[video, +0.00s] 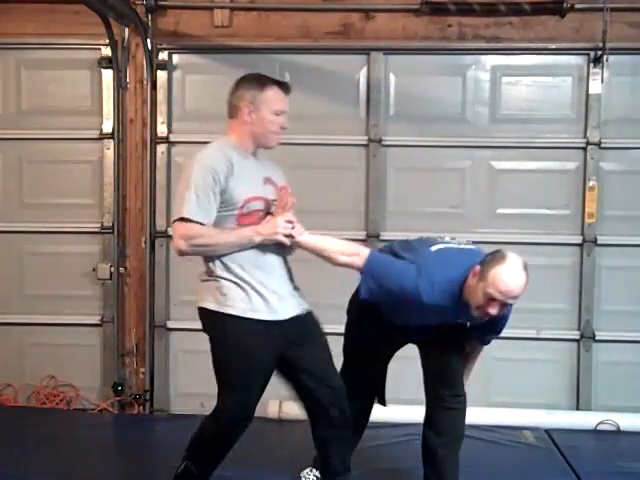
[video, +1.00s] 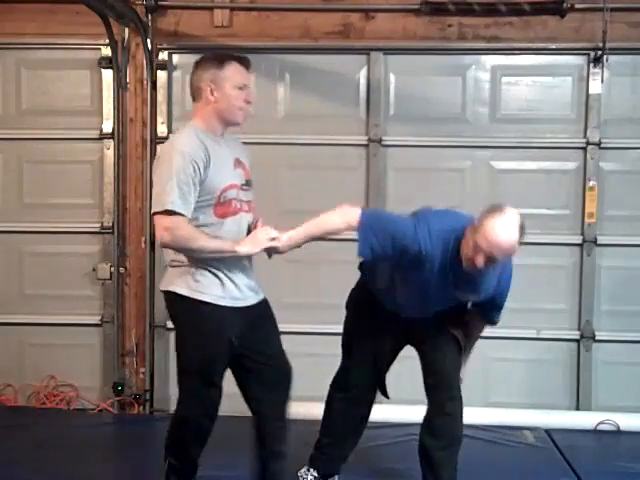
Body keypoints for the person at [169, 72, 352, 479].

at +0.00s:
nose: (285, 124)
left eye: (286, 115)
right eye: (277, 114)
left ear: (255, 116)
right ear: (246, 113)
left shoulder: (270, 170)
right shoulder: (211, 161)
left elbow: (284, 247)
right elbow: (184, 239)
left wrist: (284, 218)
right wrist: (259, 234)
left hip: (287, 309)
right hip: (236, 312)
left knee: (331, 404)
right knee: (234, 412)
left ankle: (334, 474)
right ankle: (189, 475)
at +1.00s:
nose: (250, 99)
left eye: (250, 90)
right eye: (241, 89)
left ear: (218, 93)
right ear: (209, 91)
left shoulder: (232, 144)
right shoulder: (184, 146)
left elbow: (236, 215)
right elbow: (167, 230)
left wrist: (263, 234)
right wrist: (238, 246)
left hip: (242, 291)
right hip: (199, 293)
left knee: (273, 382)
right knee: (199, 404)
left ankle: (274, 474)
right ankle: (178, 474)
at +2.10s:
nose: (199, 102)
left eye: (198, 94)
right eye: (192, 94)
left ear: (171, 98)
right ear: (166, 97)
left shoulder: (176, 151)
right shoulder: (139, 146)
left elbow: (188, 223)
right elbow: (139, 224)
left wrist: (216, 268)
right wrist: (173, 283)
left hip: (167, 283)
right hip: (140, 281)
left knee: (160, 375)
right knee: (141, 377)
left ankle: (143, 459)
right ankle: (125, 467)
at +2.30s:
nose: (187, 97)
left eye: (185, 90)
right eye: (180, 90)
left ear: (158, 97)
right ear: (152, 96)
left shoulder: (166, 148)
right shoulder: (123, 148)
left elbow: (159, 219)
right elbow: (117, 226)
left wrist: (166, 279)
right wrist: (155, 285)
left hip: (161, 284)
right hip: (128, 285)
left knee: (161, 373)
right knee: (129, 379)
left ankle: (142, 458)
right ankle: (118, 468)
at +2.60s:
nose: (171, 98)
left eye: (168, 90)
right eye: (163, 90)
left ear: (141, 98)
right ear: (136, 97)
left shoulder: (152, 149)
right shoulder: (120, 148)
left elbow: (163, 222)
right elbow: (112, 228)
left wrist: (180, 278)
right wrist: (139, 291)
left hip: (158, 287)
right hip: (136, 289)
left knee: (147, 384)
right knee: (139, 386)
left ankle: (125, 468)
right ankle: (117, 471)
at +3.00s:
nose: (177, 105)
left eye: (175, 97)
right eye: (169, 97)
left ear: (143, 104)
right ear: (141, 102)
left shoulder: (145, 145)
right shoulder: (137, 141)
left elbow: (188, 188)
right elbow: (196, 170)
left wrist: (226, 198)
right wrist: (265, 143)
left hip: (156, 272)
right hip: (159, 271)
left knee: (150, 377)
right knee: (243, 335)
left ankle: (115, 470)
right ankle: (311, 425)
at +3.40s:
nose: (255, 113)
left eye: (253, 106)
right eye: (248, 107)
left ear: (218, 112)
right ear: (221, 109)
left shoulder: (208, 154)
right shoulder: (236, 143)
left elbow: (269, 223)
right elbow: (312, 160)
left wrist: (326, 229)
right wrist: (346, 137)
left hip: (203, 298)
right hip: (236, 296)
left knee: (194, 380)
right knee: (279, 400)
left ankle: (131, 462)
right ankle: (301, 470)